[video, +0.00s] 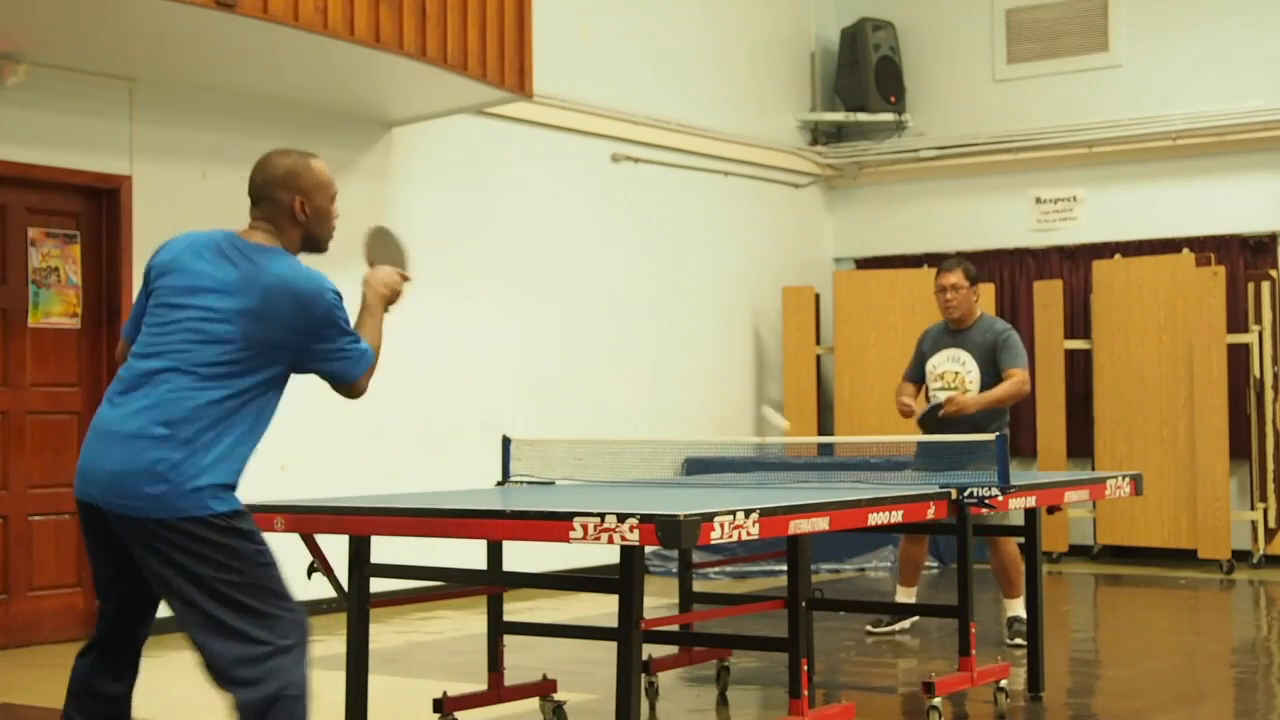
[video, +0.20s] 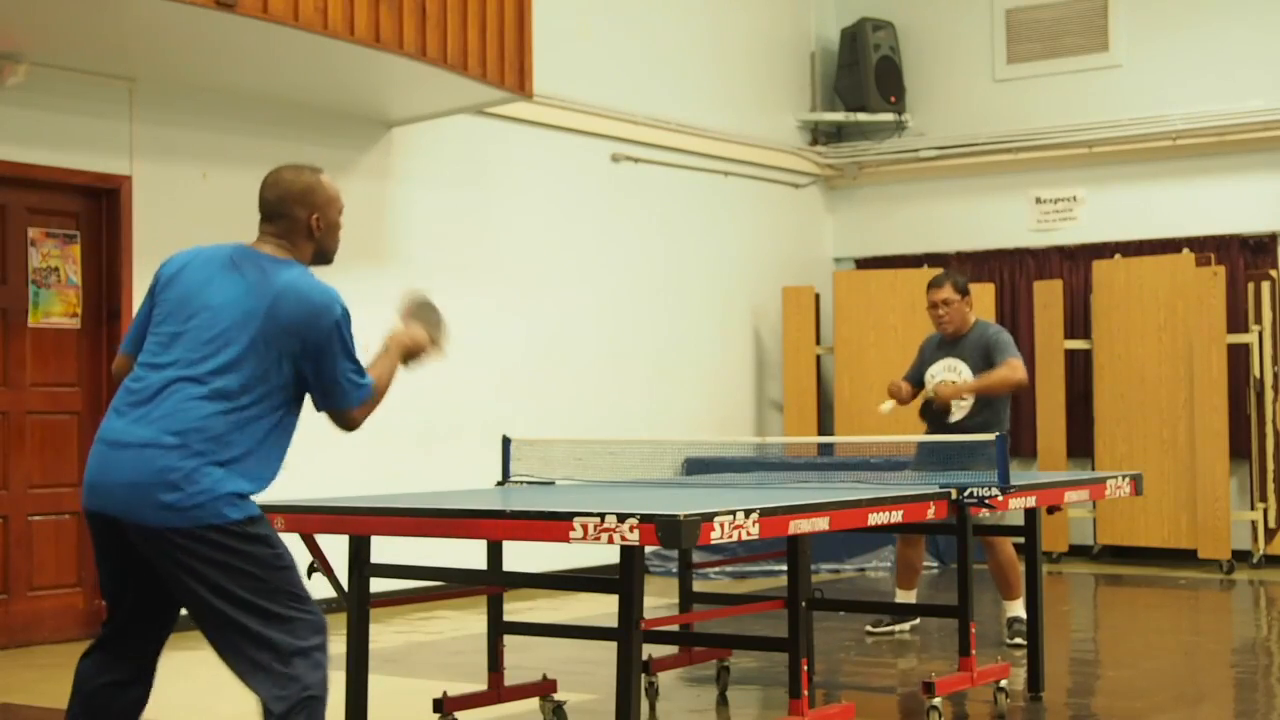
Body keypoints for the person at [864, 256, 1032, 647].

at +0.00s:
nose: (947, 297)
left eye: (955, 290)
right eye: (941, 291)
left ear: (974, 291)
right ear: (935, 295)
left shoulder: (1000, 334)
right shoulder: (930, 338)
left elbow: (1020, 384)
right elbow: (908, 387)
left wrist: (975, 401)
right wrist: (907, 402)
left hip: (982, 449)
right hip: (933, 449)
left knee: (996, 528)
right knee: (914, 524)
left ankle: (1016, 615)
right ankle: (904, 609)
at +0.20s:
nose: (939, 312)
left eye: (946, 304)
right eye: (933, 306)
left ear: (968, 303)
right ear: (928, 309)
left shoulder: (993, 336)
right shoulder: (932, 346)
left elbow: (1016, 374)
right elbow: (908, 391)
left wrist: (961, 390)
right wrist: (900, 390)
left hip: (982, 453)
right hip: (934, 452)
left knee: (991, 529)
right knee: (910, 523)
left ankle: (1016, 616)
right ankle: (904, 611)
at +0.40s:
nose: (946, 292)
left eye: (954, 284)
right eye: (941, 286)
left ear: (976, 288)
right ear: (937, 292)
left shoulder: (996, 321)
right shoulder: (942, 331)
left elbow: (998, 341)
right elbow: (921, 374)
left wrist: (978, 338)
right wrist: (908, 370)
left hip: (983, 444)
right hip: (937, 443)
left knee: (993, 527)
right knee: (913, 517)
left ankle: (1017, 613)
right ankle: (899, 601)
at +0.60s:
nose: (946, 298)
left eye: (954, 290)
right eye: (939, 291)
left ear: (973, 294)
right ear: (933, 297)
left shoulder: (992, 334)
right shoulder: (930, 342)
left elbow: (1001, 376)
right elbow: (911, 388)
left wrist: (973, 375)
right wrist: (908, 391)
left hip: (979, 448)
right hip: (932, 448)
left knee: (989, 528)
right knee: (914, 523)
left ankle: (1016, 615)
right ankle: (906, 610)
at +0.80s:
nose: (939, 292)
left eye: (946, 284)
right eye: (932, 285)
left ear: (964, 289)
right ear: (925, 291)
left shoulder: (986, 333)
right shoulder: (915, 335)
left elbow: (1007, 380)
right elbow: (891, 381)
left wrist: (975, 393)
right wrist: (899, 392)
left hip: (975, 447)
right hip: (924, 447)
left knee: (995, 525)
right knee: (910, 524)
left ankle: (1019, 613)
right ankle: (904, 609)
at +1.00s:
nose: (943, 309)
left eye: (950, 301)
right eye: (936, 302)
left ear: (968, 302)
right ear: (929, 306)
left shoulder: (994, 341)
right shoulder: (925, 346)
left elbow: (1024, 386)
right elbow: (900, 390)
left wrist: (978, 408)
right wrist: (897, 405)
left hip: (981, 453)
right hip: (932, 453)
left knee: (998, 529)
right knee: (910, 524)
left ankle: (1026, 613)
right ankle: (906, 610)